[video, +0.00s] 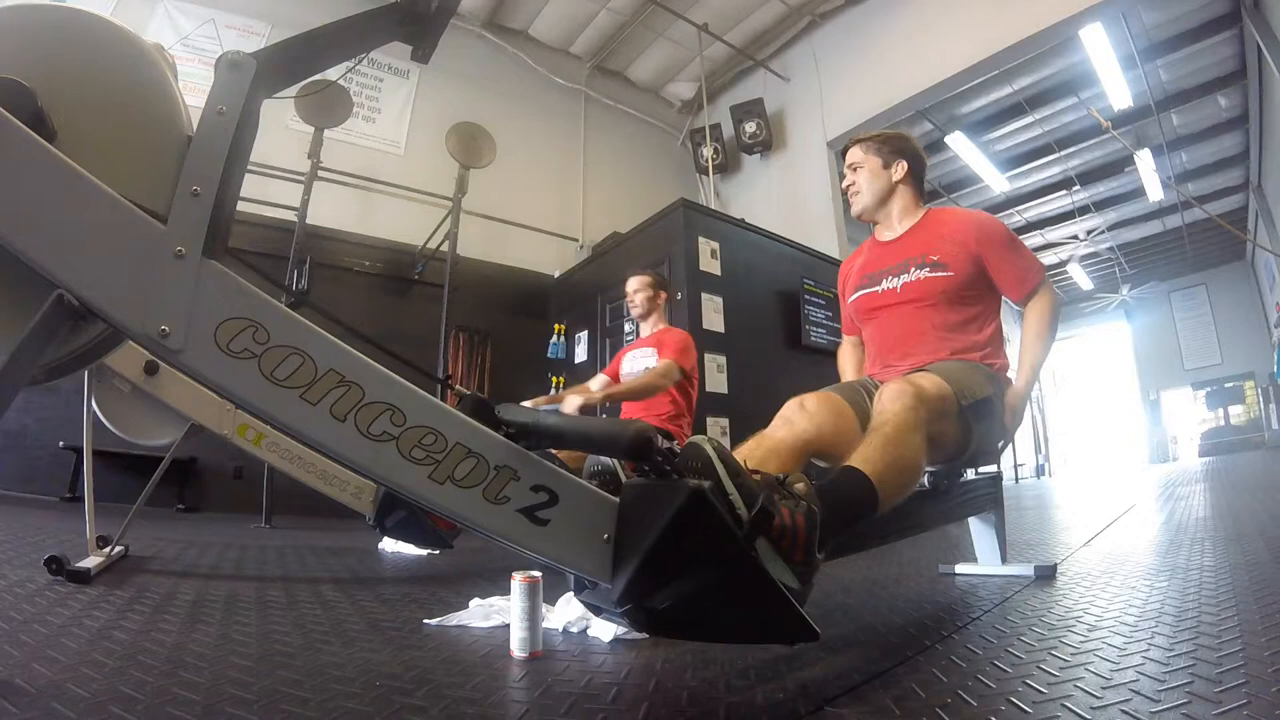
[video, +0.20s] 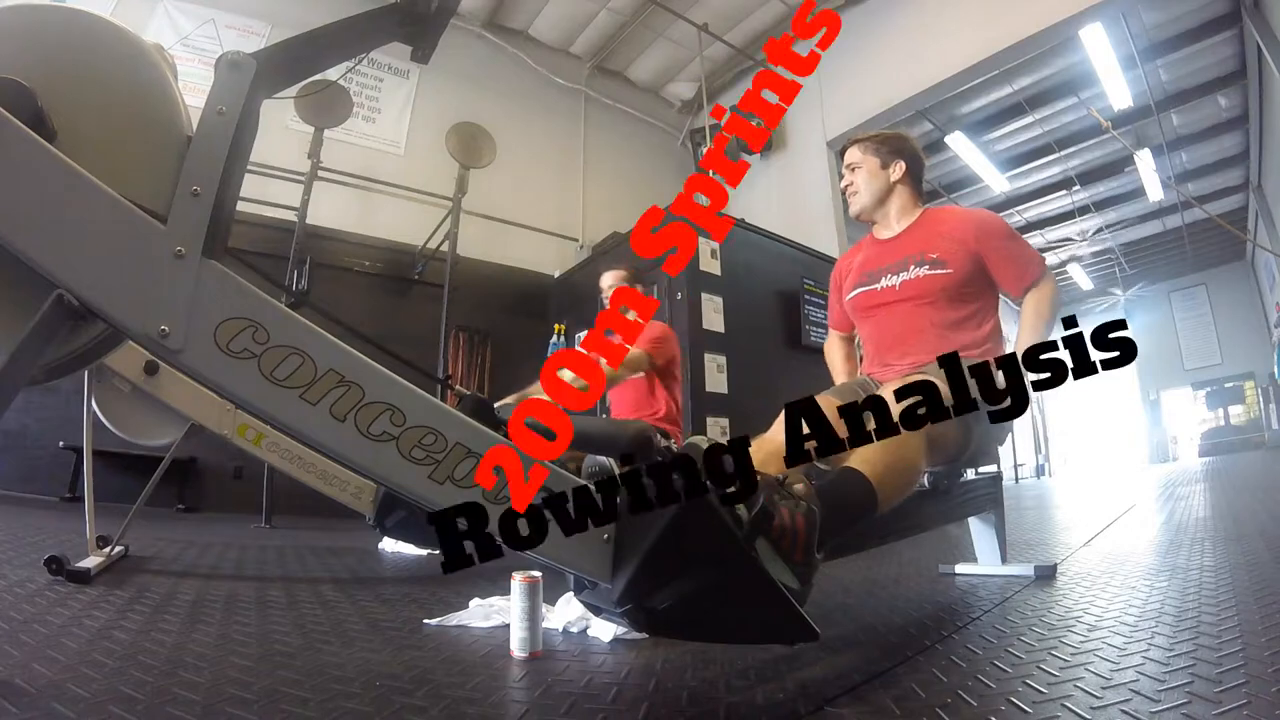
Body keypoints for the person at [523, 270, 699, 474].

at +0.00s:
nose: (630, 299)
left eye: (637, 292)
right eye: (628, 295)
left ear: (661, 298)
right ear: (627, 302)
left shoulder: (678, 338)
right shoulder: (627, 352)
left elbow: (661, 380)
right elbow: (591, 388)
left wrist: (600, 397)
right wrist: (542, 401)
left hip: (662, 439)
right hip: (623, 437)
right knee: (546, 459)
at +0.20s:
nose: (607, 299)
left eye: (614, 291)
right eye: (603, 294)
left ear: (637, 291)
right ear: (601, 298)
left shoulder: (658, 332)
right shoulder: (609, 340)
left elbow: (624, 368)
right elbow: (566, 377)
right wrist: (515, 399)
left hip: (660, 438)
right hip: (617, 436)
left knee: (636, 434)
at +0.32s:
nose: (586, 299)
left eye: (594, 290)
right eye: (580, 292)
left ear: (614, 289)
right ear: (573, 295)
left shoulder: (638, 329)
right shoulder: (588, 336)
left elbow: (590, 367)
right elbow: (543, 372)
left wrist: (528, 394)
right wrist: (494, 397)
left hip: (647, 442)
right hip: (607, 440)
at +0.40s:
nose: (569, 302)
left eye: (574, 293)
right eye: (565, 296)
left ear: (595, 291)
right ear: (562, 298)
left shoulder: (625, 326)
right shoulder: (571, 341)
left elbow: (578, 364)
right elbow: (528, 372)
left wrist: (510, 396)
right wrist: (478, 398)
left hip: (639, 435)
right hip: (599, 434)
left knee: (552, 412)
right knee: (545, 412)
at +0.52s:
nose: (535, 297)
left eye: (542, 287)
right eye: (533, 291)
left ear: (568, 283)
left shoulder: (602, 324)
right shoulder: (547, 333)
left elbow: (548, 360)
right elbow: (511, 370)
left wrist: (498, 382)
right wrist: (462, 394)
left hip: (610, 421)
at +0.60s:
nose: (520, 297)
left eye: (527, 287)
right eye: (517, 292)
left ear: (553, 283)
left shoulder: (588, 323)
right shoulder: (533, 338)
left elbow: (534, 360)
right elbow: (499, 365)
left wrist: (468, 391)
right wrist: (454, 385)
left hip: (609, 430)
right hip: (562, 429)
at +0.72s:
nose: (492, 298)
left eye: (499, 288)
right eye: (490, 290)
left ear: (525, 286)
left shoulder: (564, 325)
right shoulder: (508, 334)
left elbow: (504, 356)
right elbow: (480, 362)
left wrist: (435, 384)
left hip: (586, 417)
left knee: (515, 384)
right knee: (476, 384)